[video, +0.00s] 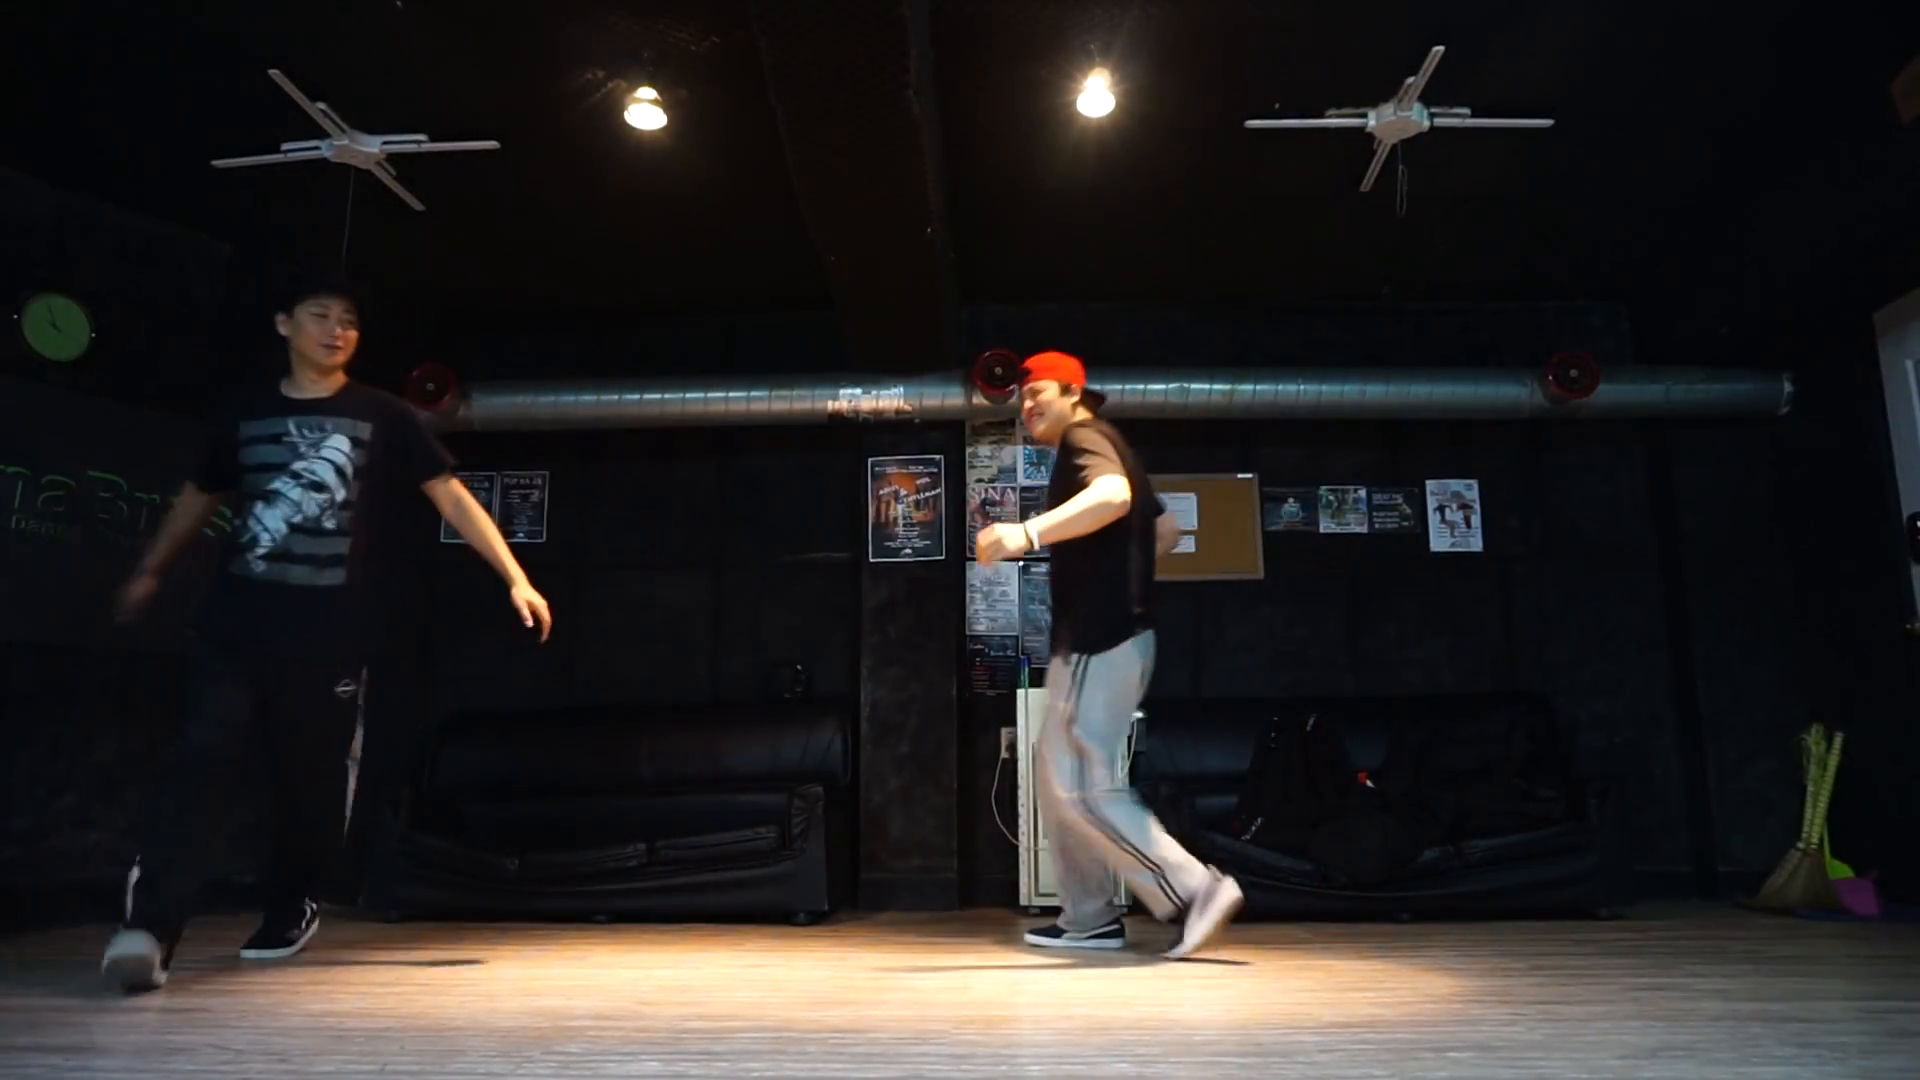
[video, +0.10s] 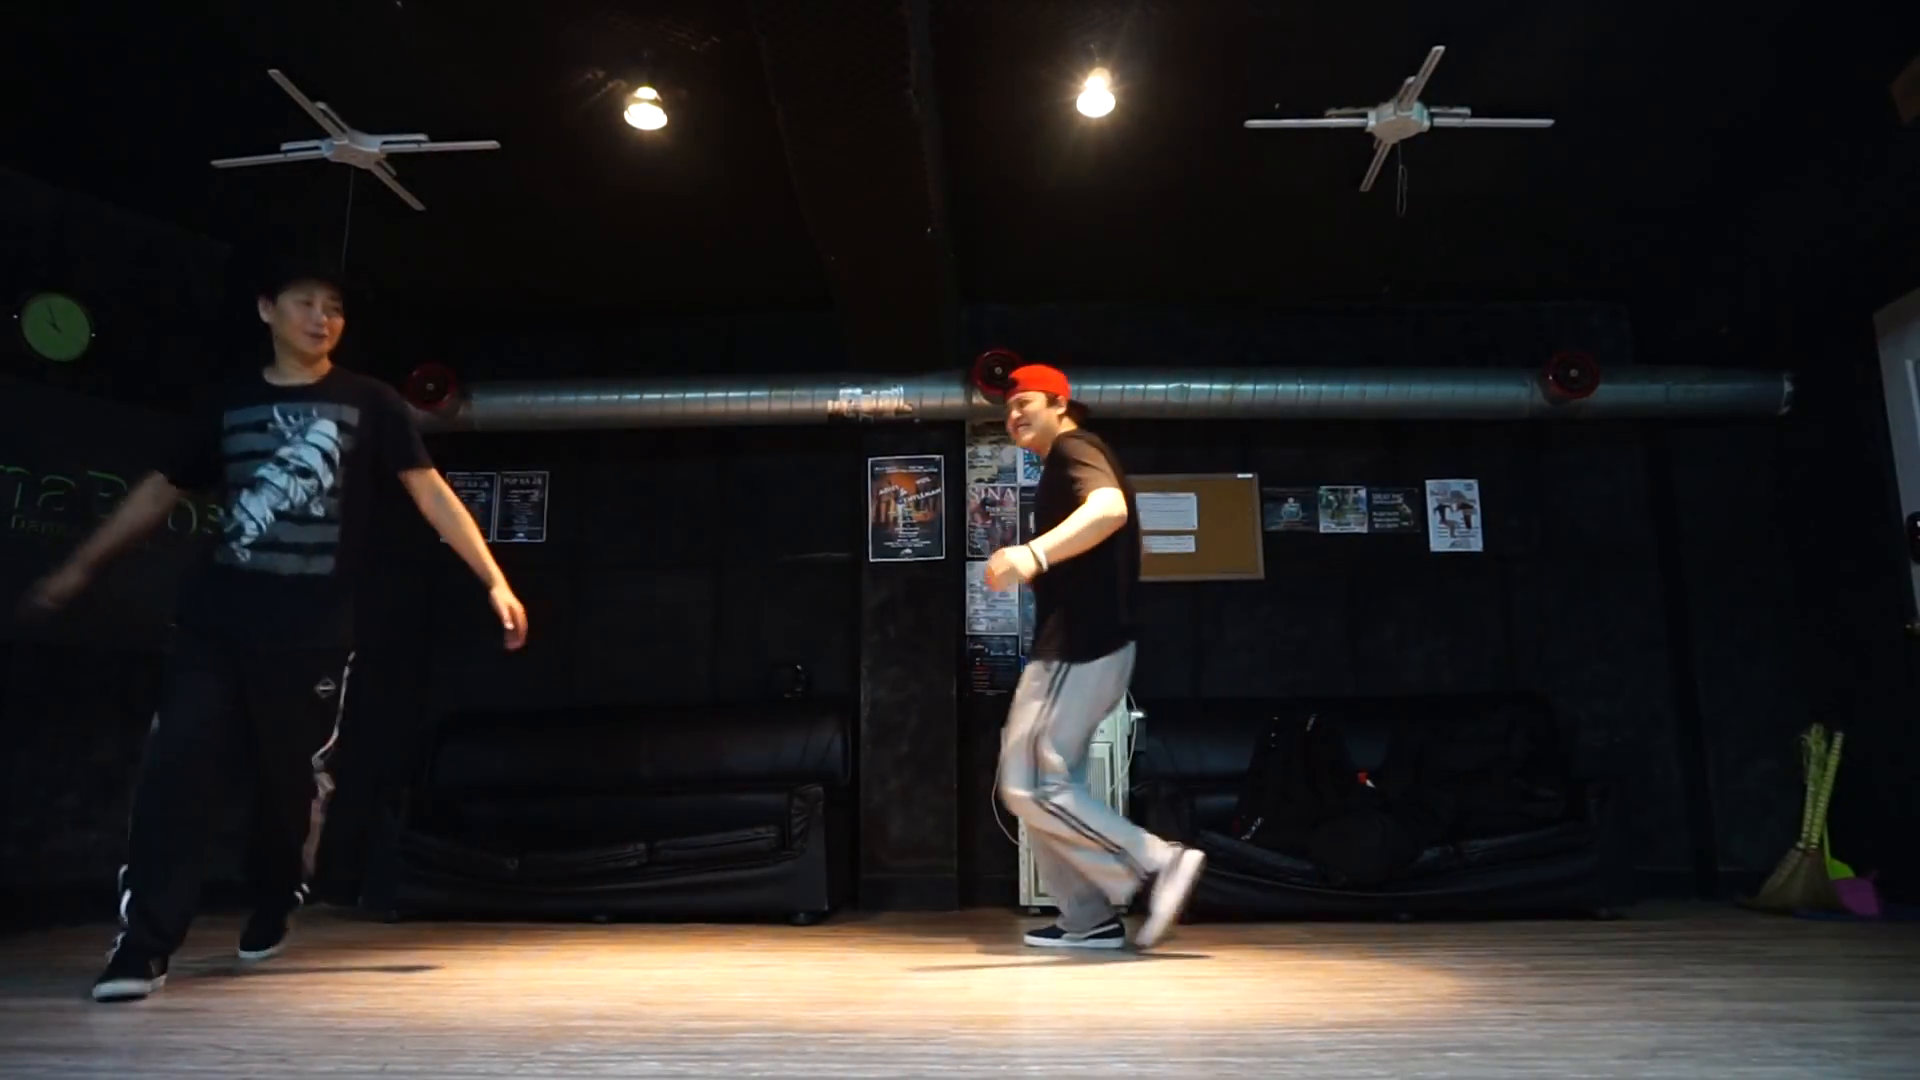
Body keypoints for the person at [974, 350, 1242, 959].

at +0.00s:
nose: (1026, 406)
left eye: (1037, 394)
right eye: (1023, 397)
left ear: (1071, 395)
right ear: (1035, 405)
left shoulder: (1084, 435)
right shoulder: (1101, 441)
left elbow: (1111, 494)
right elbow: (1166, 528)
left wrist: (1025, 534)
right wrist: (1099, 564)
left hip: (1105, 645)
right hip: (1091, 643)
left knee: (1085, 787)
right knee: (1061, 782)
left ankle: (1200, 892)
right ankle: (1090, 923)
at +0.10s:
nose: (1014, 417)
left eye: (1024, 405)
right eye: (1010, 410)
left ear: (1058, 406)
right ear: (1013, 419)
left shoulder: (1073, 448)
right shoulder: (1071, 455)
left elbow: (1108, 507)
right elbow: (1114, 539)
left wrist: (1034, 552)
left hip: (1080, 649)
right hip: (1085, 647)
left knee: (1027, 785)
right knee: (1039, 783)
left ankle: (1161, 865)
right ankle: (1090, 920)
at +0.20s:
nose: (1002, 415)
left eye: (1014, 404)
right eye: (997, 407)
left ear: (1047, 409)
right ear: (995, 418)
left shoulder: (1067, 454)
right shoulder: (1049, 466)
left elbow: (1109, 513)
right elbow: (1073, 549)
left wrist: (1048, 570)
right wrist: (1020, 562)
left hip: (1063, 646)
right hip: (1079, 647)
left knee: (994, 773)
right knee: (1035, 776)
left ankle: (1108, 878)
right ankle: (1086, 914)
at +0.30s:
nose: (992, 405)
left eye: (1004, 392)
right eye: (986, 396)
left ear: (1037, 399)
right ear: (984, 407)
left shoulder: (1058, 448)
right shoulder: (1033, 460)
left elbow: (1111, 508)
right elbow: (1038, 553)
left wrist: (1057, 570)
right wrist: (977, 548)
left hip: (1046, 643)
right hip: (1057, 643)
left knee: (978, 765)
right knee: (1044, 778)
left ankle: (1045, 904)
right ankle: (1093, 916)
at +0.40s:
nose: (982, 387)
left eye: (994, 378)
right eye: (975, 380)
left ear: (1023, 389)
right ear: (971, 396)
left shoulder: (1047, 439)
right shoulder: (1006, 457)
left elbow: (1107, 501)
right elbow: (993, 554)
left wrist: (1055, 570)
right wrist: (928, 535)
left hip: (1031, 637)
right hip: (1029, 635)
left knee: (972, 764)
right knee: (1043, 777)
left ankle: (980, 915)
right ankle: (1091, 917)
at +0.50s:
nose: (970, 385)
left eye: (983, 376)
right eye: (964, 377)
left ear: (1012, 390)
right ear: (957, 393)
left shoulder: (1035, 444)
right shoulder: (973, 465)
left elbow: (1097, 509)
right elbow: (952, 552)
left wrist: (1049, 578)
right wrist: (883, 541)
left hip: (1019, 634)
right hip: (993, 636)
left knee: (966, 766)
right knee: (1025, 774)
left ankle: (950, 917)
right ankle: (1089, 912)